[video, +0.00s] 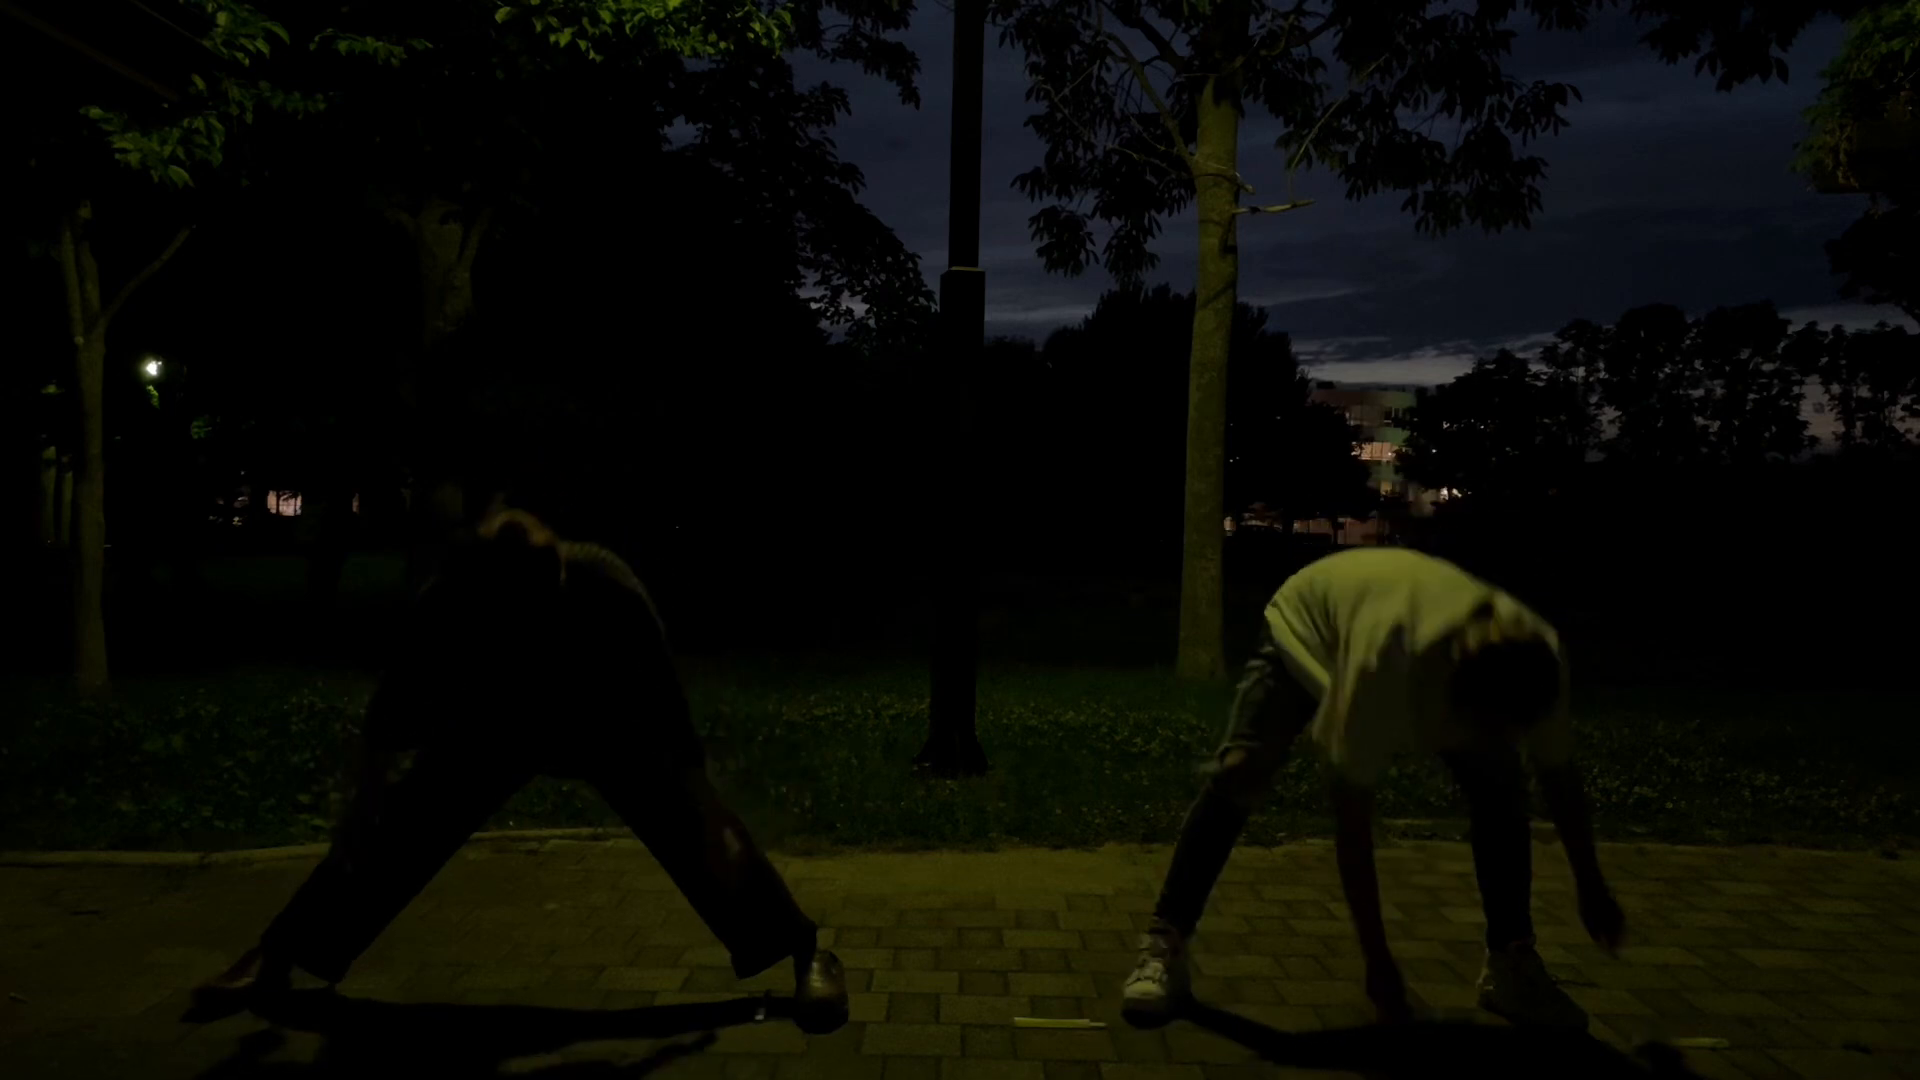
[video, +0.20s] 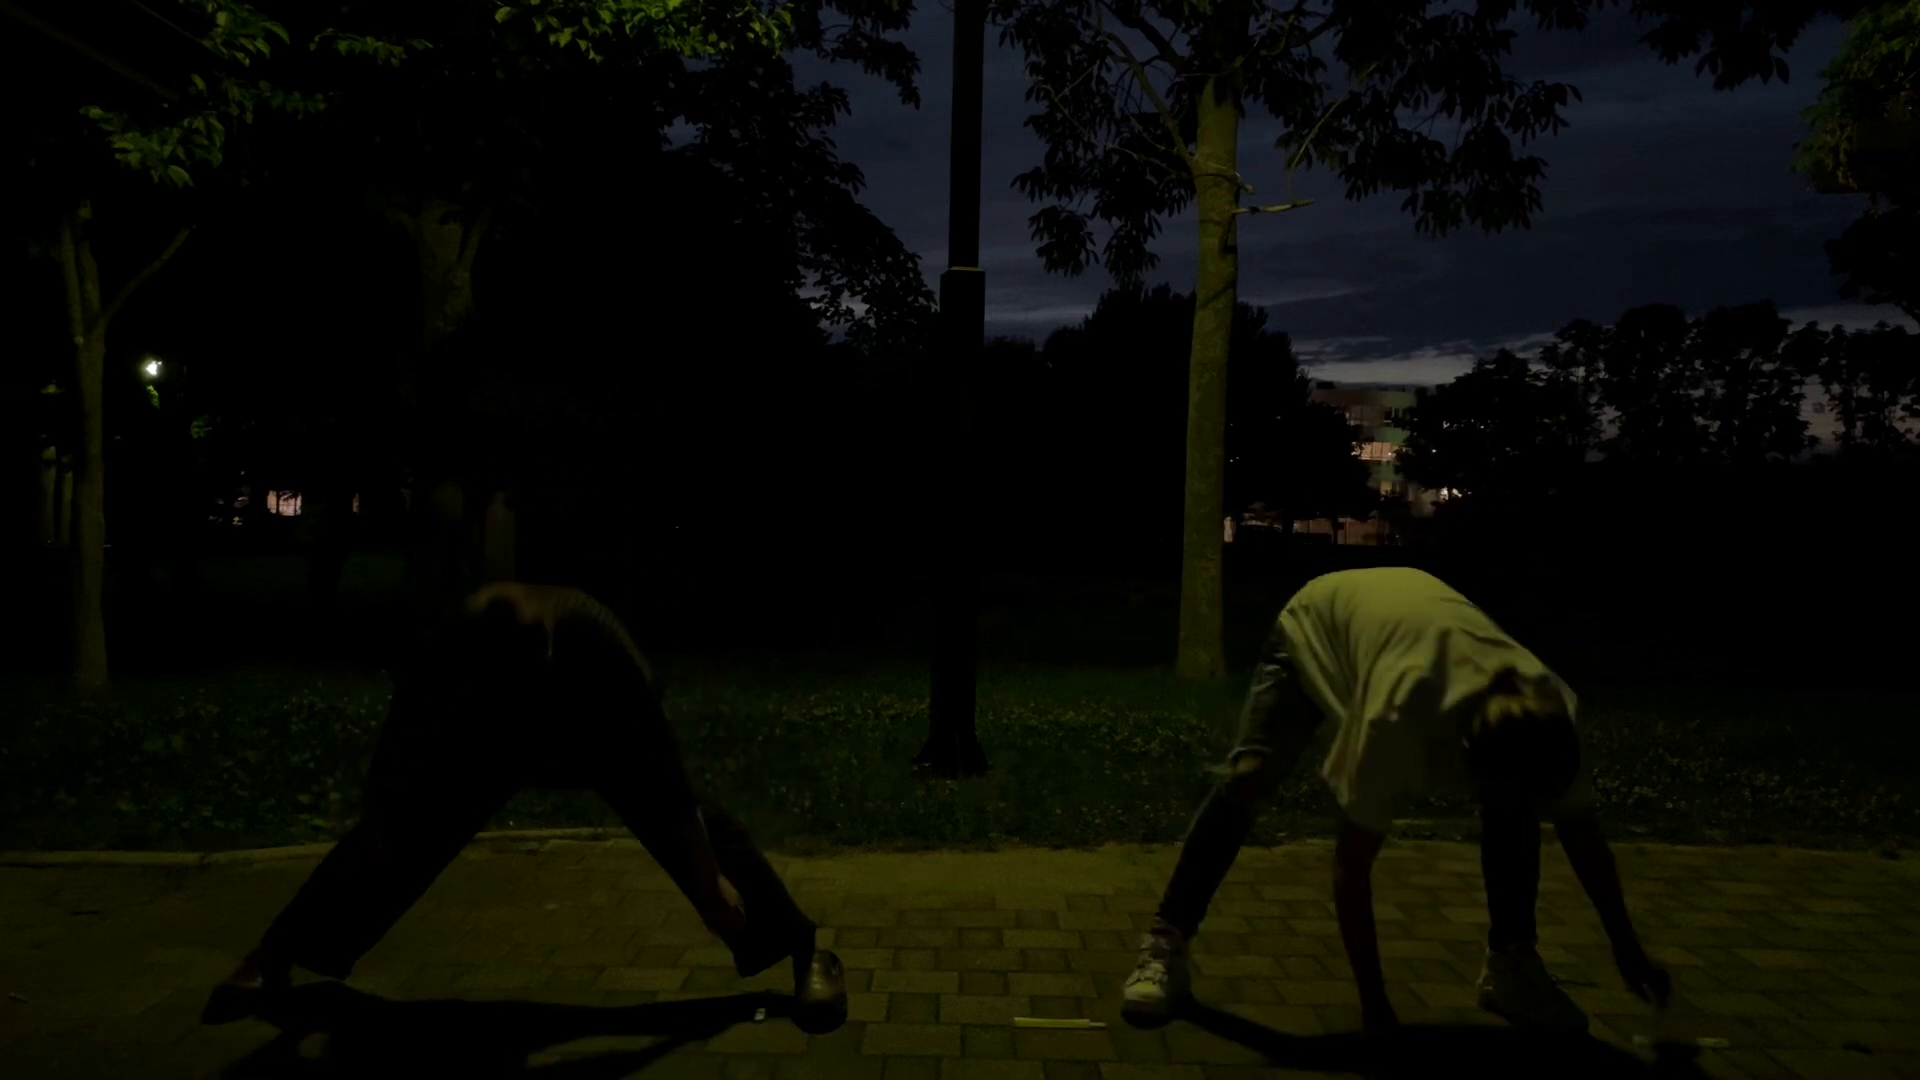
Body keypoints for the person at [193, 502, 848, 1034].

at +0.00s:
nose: (520, 585)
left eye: (529, 566)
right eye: (502, 570)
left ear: (551, 556)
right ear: (478, 568)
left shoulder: (601, 590)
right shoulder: (452, 601)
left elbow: (656, 695)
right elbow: (400, 701)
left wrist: (692, 793)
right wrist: (371, 783)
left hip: (607, 736)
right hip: (488, 739)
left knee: (700, 841)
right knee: (384, 845)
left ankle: (807, 957)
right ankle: (276, 963)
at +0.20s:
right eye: (501, 686)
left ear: (560, 685)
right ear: (473, 684)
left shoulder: (591, 653)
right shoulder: (443, 672)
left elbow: (661, 784)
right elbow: (379, 825)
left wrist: (709, 892)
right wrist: (277, 951)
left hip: (602, 738)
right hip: (478, 746)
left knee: (703, 836)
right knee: (387, 853)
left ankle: (804, 950)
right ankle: (283, 966)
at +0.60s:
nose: (494, 748)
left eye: (503, 741)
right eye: (483, 744)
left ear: (540, 740)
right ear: (459, 743)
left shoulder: (605, 750)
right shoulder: (437, 752)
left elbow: (674, 847)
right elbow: (365, 859)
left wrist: (730, 947)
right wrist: (291, 965)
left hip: (598, 676)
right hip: (483, 675)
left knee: (701, 826)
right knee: (394, 849)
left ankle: (801, 954)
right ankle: (311, 972)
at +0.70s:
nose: (505, 821)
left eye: (514, 797)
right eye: (487, 793)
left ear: (544, 763)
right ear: (460, 769)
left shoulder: (603, 757)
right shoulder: (436, 755)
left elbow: (676, 859)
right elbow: (368, 865)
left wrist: (736, 958)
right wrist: (303, 973)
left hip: (593, 673)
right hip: (483, 672)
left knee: (695, 827)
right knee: (386, 851)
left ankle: (798, 955)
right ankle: (288, 977)